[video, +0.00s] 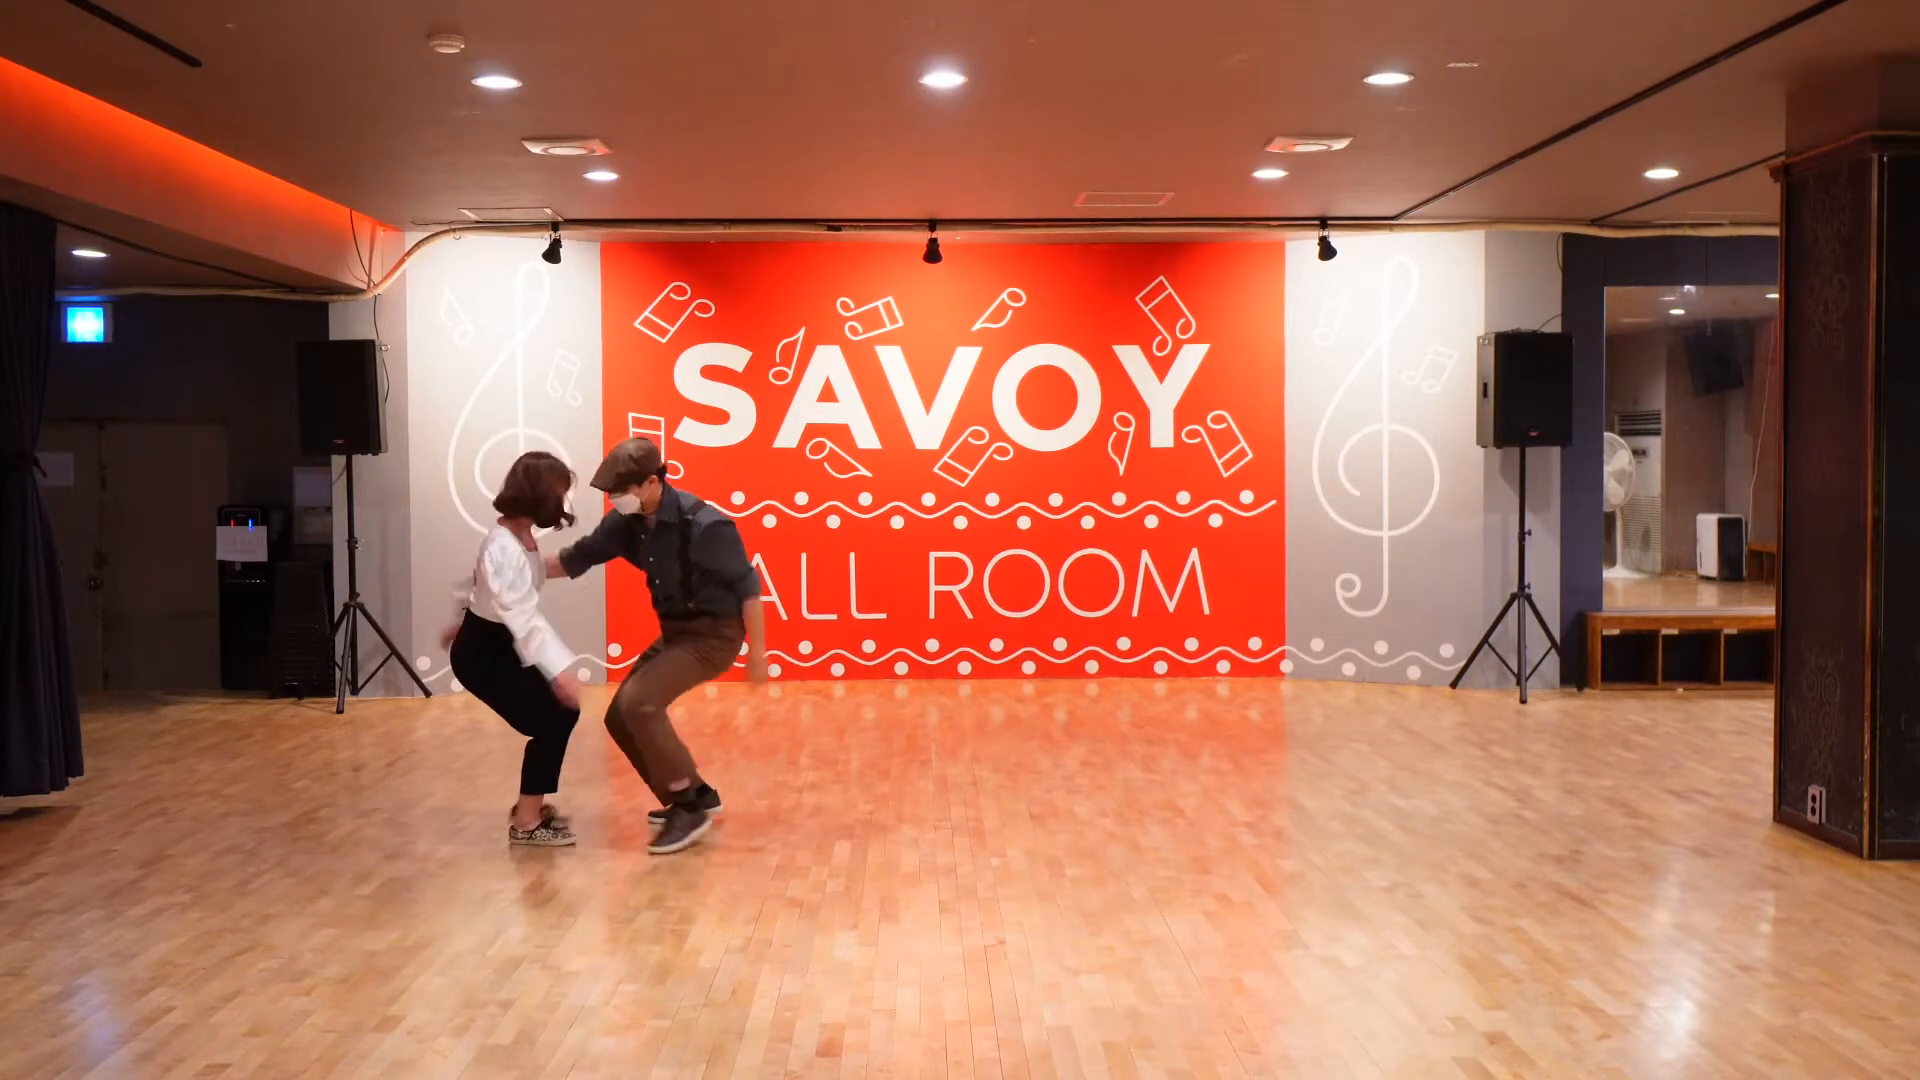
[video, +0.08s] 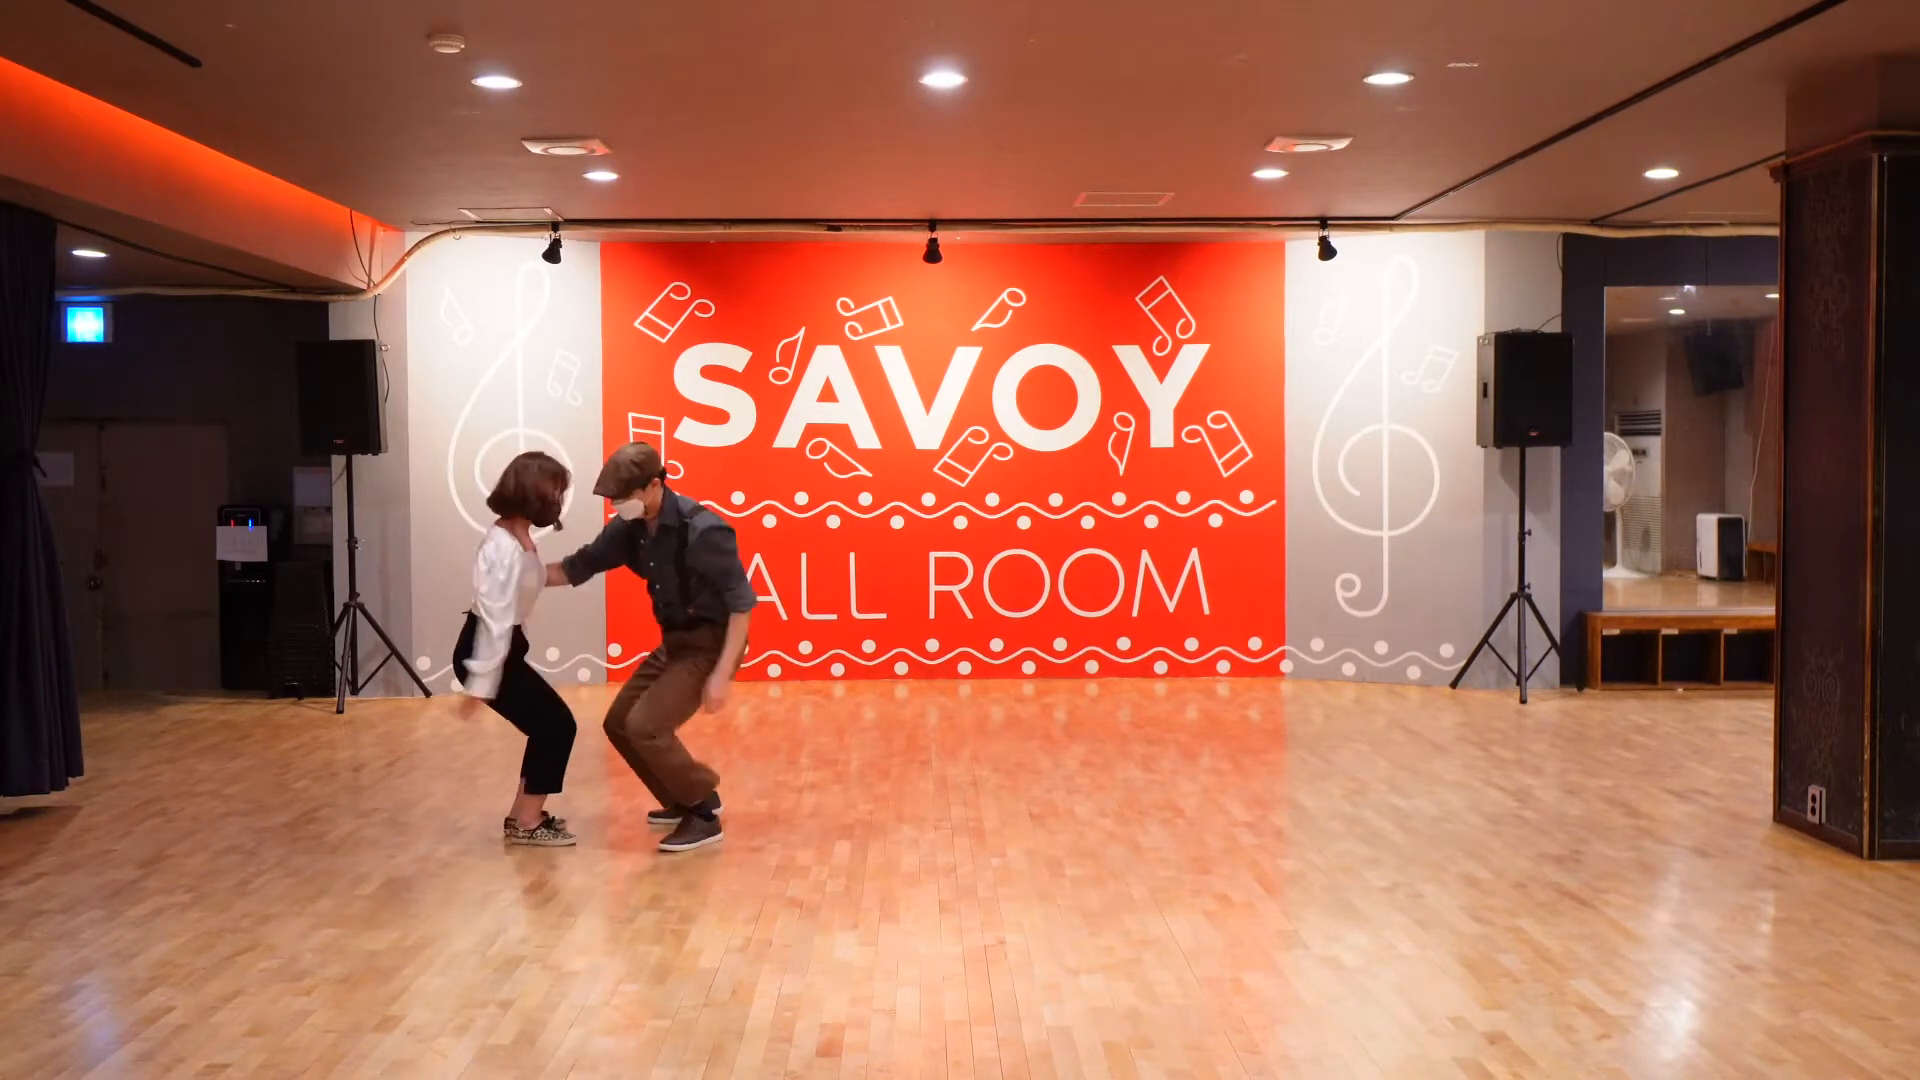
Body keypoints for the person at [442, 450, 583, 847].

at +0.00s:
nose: (564, 502)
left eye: (564, 494)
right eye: (560, 494)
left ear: (524, 491)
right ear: (541, 495)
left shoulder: (521, 536)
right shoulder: (503, 547)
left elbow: (481, 583)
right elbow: (523, 617)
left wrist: (460, 621)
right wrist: (558, 669)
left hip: (498, 645)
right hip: (480, 654)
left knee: (561, 709)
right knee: (550, 721)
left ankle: (531, 806)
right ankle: (527, 821)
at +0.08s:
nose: (562, 499)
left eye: (562, 492)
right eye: (557, 491)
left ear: (523, 491)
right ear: (537, 493)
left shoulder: (519, 538)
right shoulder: (501, 547)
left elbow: (523, 585)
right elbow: (495, 620)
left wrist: (554, 574)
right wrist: (481, 682)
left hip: (503, 648)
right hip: (489, 654)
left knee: (552, 721)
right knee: (557, 724)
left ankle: (524, 813)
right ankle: (528, 820)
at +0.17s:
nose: (553, 500)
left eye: (556, 492)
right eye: (549, 491)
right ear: (527, 489)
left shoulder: (524, 546)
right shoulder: (492, 543)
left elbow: (532, 606)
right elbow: (455, 603)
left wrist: (574, 640)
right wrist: (413, 655)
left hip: (499, 654)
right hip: (479, 657)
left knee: (546, 717)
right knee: (565, 711)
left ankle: (520, 813)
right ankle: (540, 810)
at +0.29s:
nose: (548, 502)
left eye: (552, 496)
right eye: (543, 493)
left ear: (542, 496)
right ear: (520, 488)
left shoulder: (523, 542)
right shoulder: (478, 527)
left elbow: (562, 584)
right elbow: (417, 562)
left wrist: (616, 575)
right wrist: (355, 593)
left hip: (495, 647)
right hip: (472, 649)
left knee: (545, 715)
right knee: (560, 700)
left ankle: (520, 812)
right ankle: (604, 792)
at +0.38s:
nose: (544, 498)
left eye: (549, 492)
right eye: (540, 489)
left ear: (543, 493)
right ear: (517, 483)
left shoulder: (529, 538)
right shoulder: (477, 525)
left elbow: (572, 552)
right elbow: (411, 543)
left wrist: (611, 534)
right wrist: (345, 563)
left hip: (494, 644)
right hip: (469, 645)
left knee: (544, 716)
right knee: (551, 711)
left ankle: (520, 813)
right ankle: (628, 778)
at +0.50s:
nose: (540, 495)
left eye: (543, 487)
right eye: (535, 485)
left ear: (534, 489)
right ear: (512, 482)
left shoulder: (524, 535)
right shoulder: (472, 527)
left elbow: (572, 548)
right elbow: (408, 551)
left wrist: (617, 520)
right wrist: (345, 577)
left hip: (490, 643)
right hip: (465, 646)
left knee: (538, 714)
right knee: (556, 694)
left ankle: (519, 811)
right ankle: (598, 787)